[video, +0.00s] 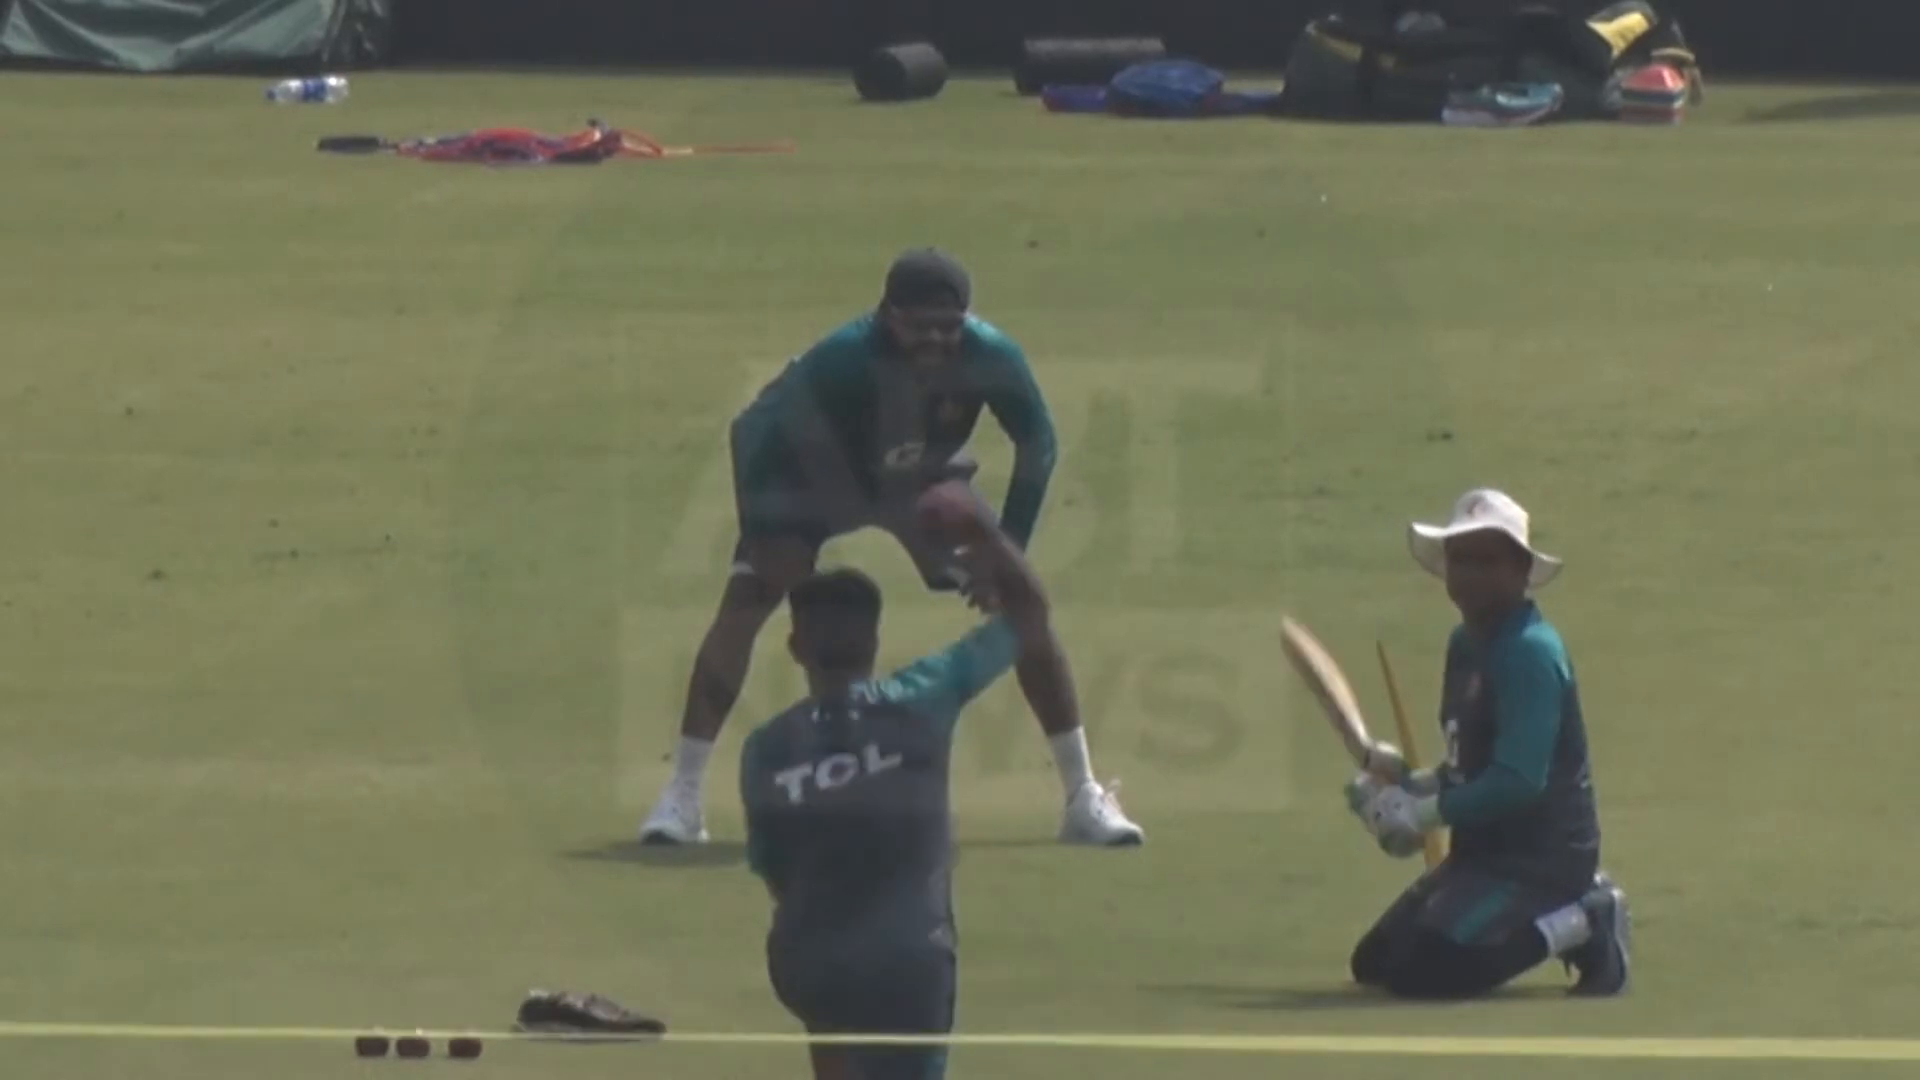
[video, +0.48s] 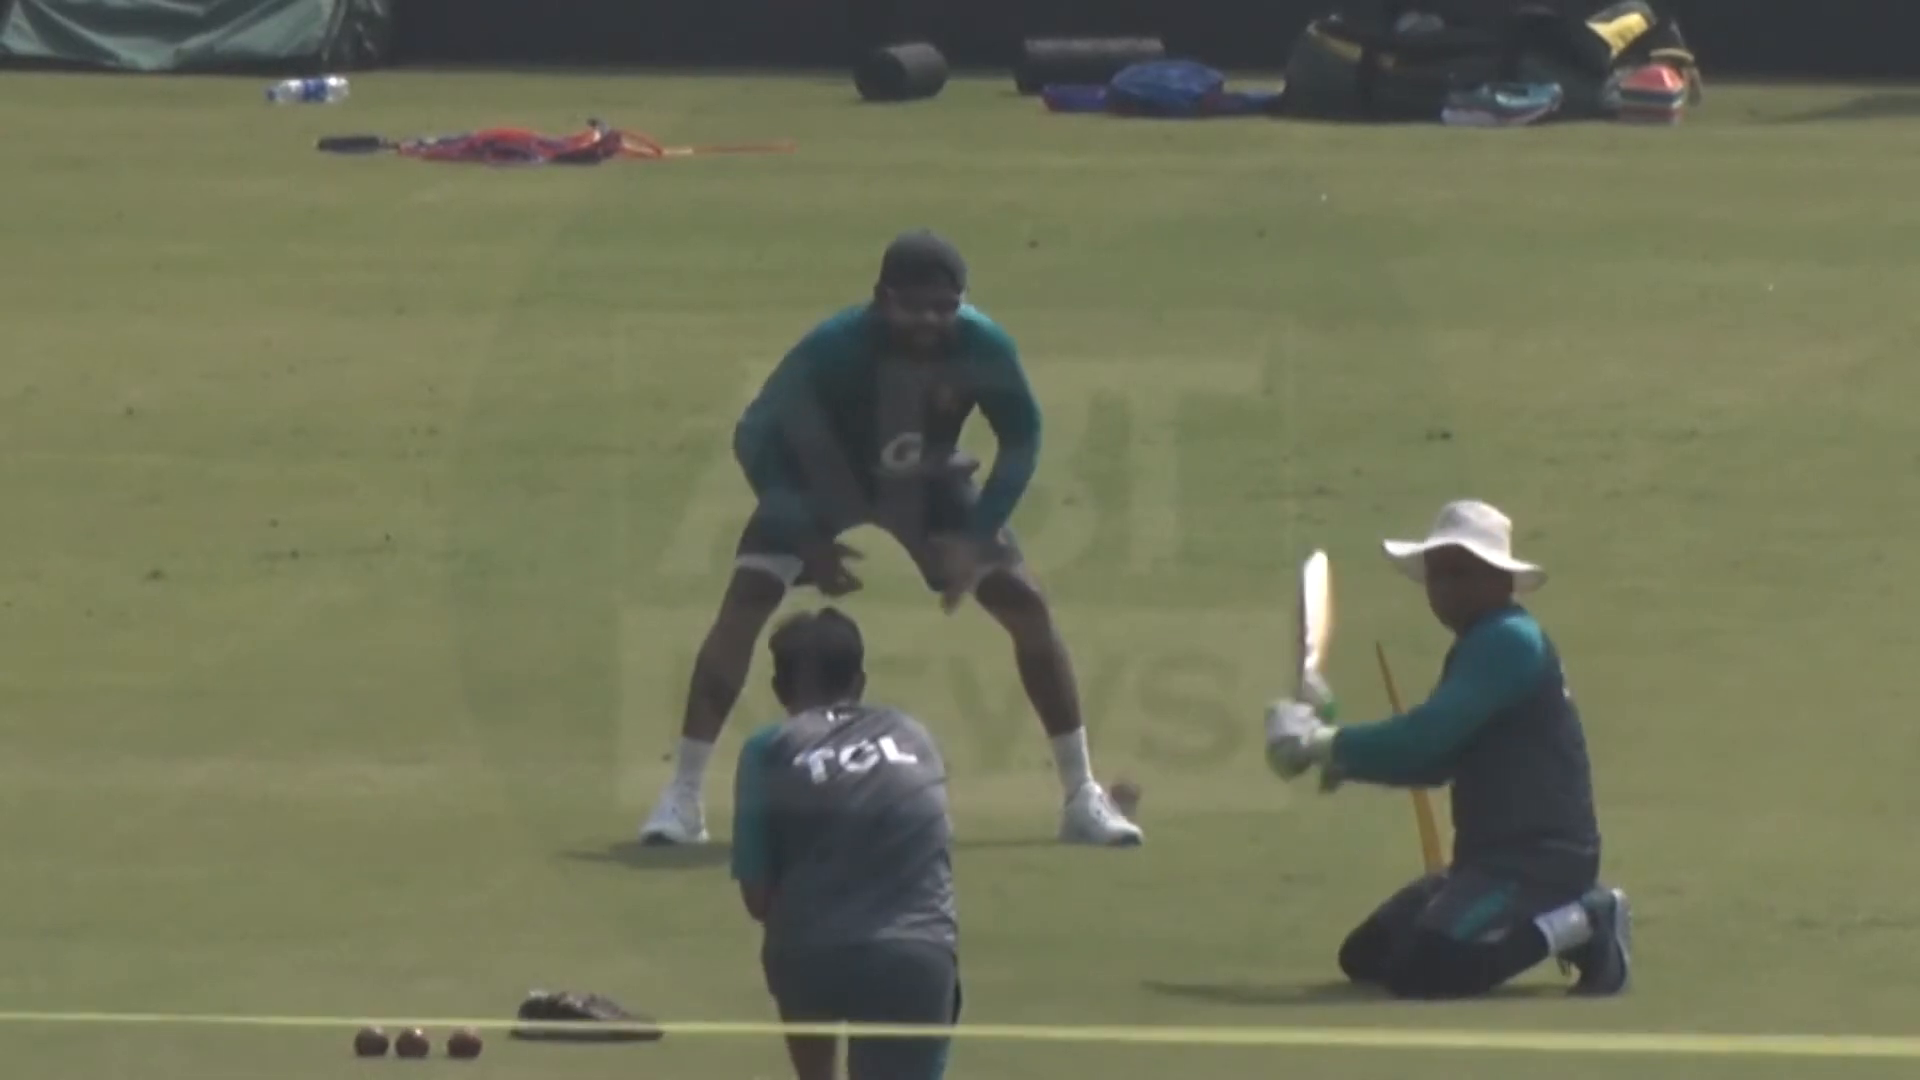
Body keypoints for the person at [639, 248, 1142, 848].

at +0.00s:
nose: (930, 342)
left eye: (943, 329)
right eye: (916, 328)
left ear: (962, 321)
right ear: (887, 317)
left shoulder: (993, 360)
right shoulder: (842, 359)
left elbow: (1037, 444)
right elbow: (753, 431)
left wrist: (1004, 553)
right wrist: (766, 538)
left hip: (922, 481)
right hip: (809, 478)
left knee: (1021, 606)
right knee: (746, 601)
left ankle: (1085, 794)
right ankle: (682, 796)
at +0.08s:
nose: (929, 343)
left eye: (942, 329)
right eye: (915, 329)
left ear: (962, 321)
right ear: (887, 317)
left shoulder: (992, 360)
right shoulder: (843, 360)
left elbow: (1038, 448)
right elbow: (754, 432)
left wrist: (1008, 548)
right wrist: (765, 540)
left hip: (924, 483)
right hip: (811, 481)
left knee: (1020, 601)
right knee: (746, 604)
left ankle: (1084, 794)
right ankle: (682, 794)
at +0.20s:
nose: (928, 342)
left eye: (941, 329)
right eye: (914, 328)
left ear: (961, 322)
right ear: (886, 317)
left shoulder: (992, 360)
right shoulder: (843, 359)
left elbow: (1038, 444)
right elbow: (754, 430)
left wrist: (1009, 548)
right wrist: (772, 540)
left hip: (925, 483)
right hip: (812, 481)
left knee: (1026, 608)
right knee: (749, 603)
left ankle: (1085, 796)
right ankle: (683, 795)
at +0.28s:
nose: (932, 340)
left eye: (944, 326)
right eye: (917, 326)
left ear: (961, 318)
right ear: (885, 315)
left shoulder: (991, 358)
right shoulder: (841, 357)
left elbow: (1039, 441)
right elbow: (748, 427)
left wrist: (1009, 546)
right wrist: (764, 533)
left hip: (926, 486)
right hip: (815, 485)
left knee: (1027, 608)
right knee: (750, 600)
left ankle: (1084, 796)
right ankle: (683, 795)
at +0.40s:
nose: (927, 328)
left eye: (941, 314)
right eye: (913, 314)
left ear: (960, 307)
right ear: (884, 303)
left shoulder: (988, 351)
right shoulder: (837, 347)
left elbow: (1037, 436)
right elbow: (744, 425)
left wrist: (1001, 544)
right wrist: (780, 532)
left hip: (926, 487)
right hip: (818, 484)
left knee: (1026, 605)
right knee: (749, 603)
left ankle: (1084, 796)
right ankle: (683, 795)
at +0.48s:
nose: (927, 323)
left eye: (941, 309)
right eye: (913, 309)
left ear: (959, 303)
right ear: (882, 299)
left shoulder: (985, 350)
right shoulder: (832, 348)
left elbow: (1022, 438)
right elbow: (754, 437)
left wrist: (980, 537)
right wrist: (809, 537)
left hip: (925, 484)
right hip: (819, 482)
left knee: (1027, 606)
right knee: (748, 599)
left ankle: (1084, 797)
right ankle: (683, 794)